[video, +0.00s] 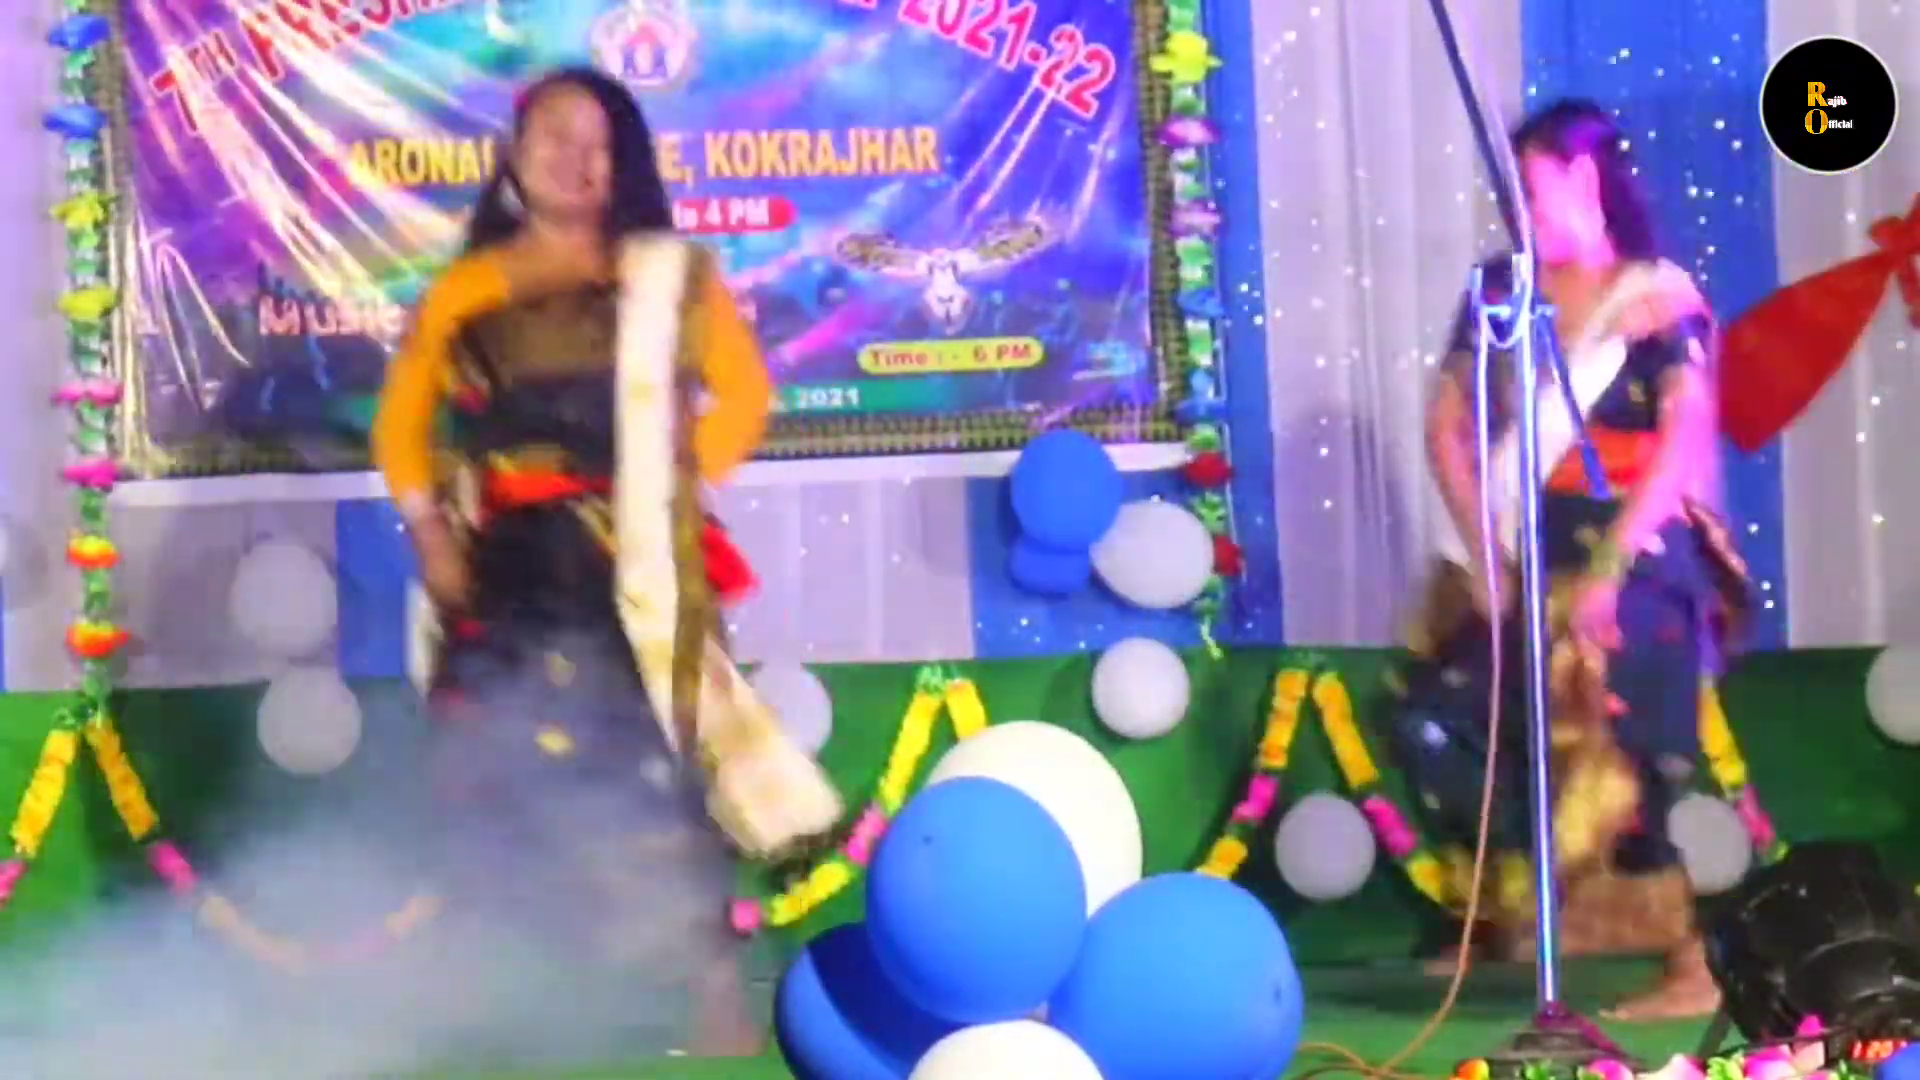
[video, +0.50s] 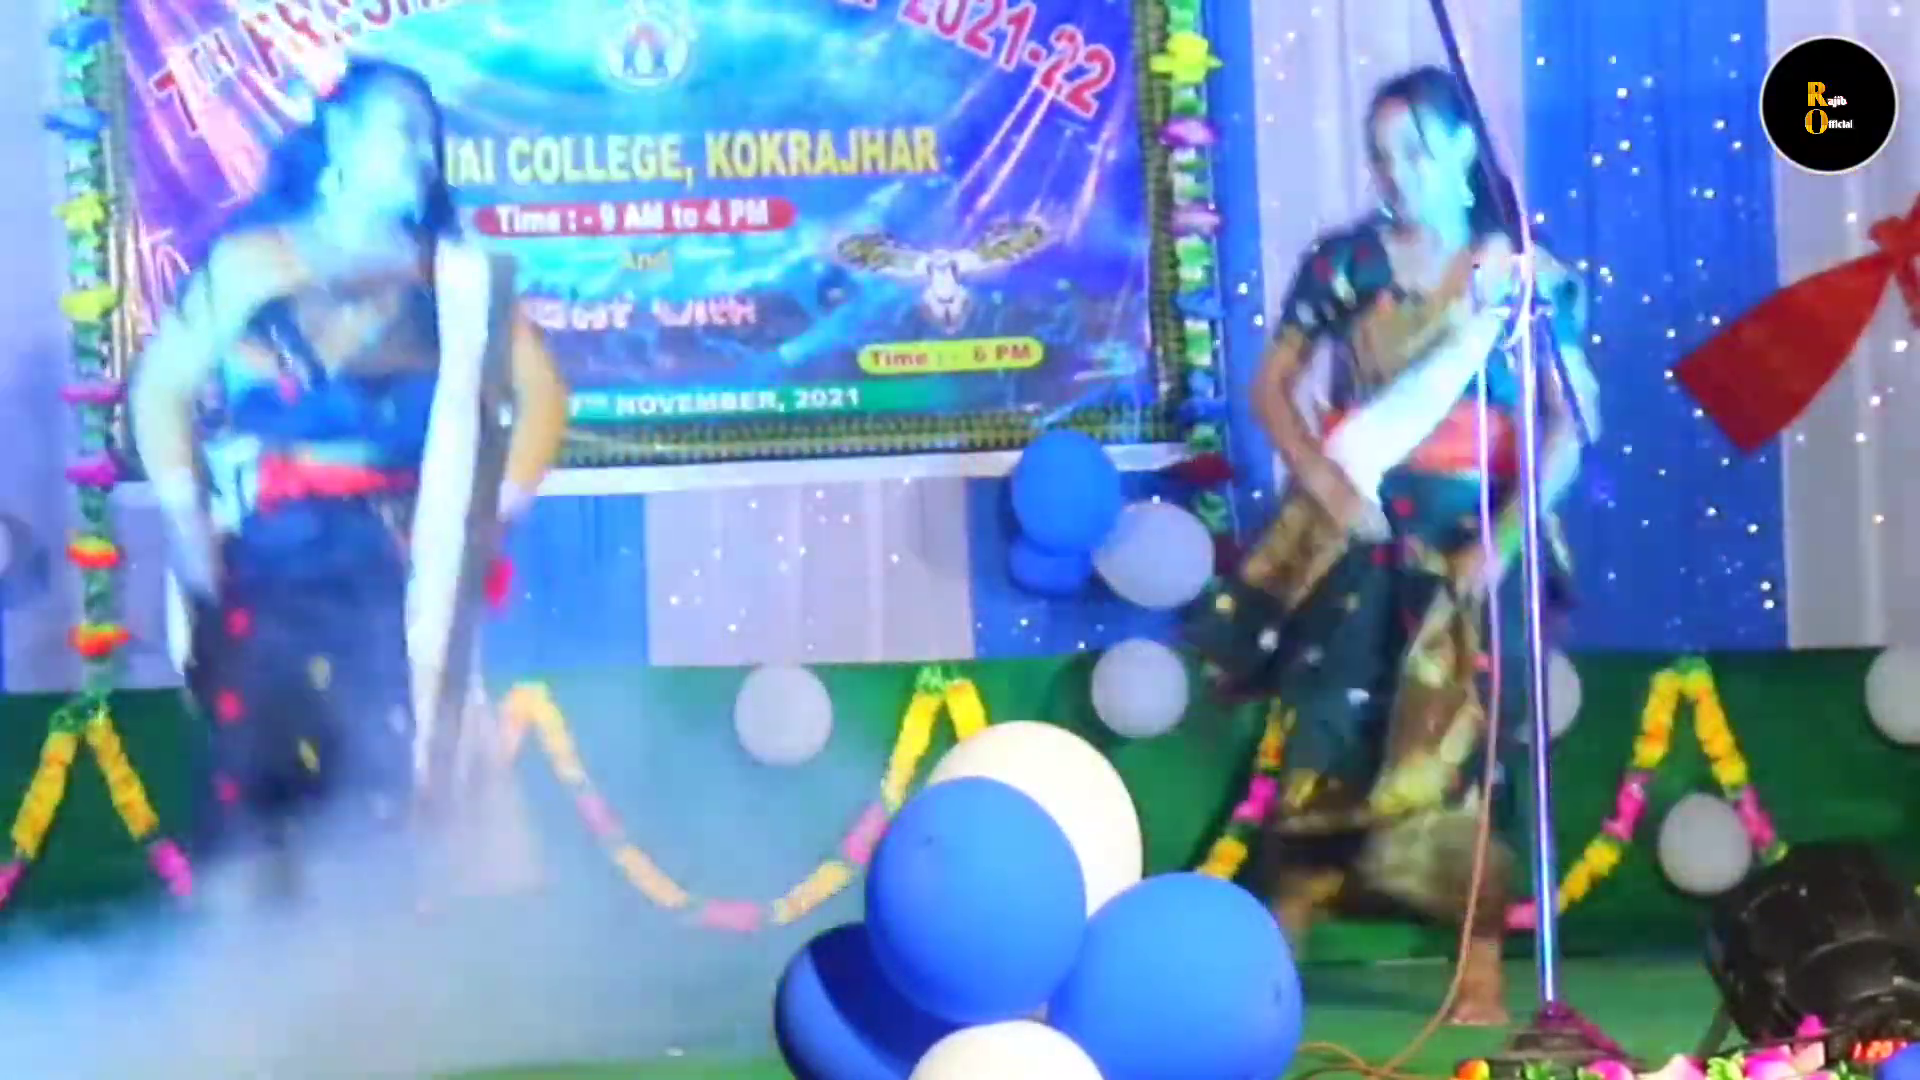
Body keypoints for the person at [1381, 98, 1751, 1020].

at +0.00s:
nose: (1529, 205)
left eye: (1545, 184)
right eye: (1522, 186)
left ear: (1595, 180)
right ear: (1515, 189)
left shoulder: (1661, 294)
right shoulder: (1498, 290)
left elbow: (1685, 445)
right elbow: (1448, 427)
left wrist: (1611, 570)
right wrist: (1487, 552)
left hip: (1643, 534)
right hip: (1532, 539)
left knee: (1649, 743)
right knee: (1447, 712)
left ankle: (1692, 962)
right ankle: (1497, 917)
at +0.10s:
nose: (1507, 152)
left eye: (1522, 130)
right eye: (1494, 136)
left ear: (1571, 125)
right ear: (1487, 142)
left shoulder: (1635, 238)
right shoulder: (1472, 243)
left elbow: (1657, 383)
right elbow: (1416, 379)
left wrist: (1592, 515)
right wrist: (1437, 496)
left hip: (1600, 506)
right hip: (1483, 512)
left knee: (1606, 725)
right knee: (1417, 710)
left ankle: (1677, 946)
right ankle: (1440, 937)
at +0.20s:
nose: (1457, 139)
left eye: (1471, 116)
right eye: (1444, 120)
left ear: (1524, 104)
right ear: (1435, 122)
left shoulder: (1600, 205)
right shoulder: (1429, 219)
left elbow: (1628, 349)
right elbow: (1368, 346)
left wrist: (1561, 472)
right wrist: (1384, 456)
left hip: (1559, 504)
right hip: (1439, 502)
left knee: (1541, 723)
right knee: (1423, 724)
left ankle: (1555, 940)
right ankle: (1415, 968)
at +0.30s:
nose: (1435, 161)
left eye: (1449, 139)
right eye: (1423, 144)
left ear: (1503, 125)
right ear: (1415, 144)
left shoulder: (1581, 230)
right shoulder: (1402, 242)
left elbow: (1612, 379)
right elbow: (1339, 369)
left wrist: (1540, 497)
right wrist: (1369, 463)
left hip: (1530, 535)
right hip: (1419, 530)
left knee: (1500, 750)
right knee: (1410, 747)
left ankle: (1486, 973)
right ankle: (1414, 974)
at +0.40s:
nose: (1416, 191)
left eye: (1435, 171)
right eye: (1403, 174)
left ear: (1485, 171)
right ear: (1390, 180)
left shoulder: (1548, 290)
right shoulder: (1363, 283)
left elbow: (1593, 440)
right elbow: (1298, 410)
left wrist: (1522, 556)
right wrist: (1347, 509)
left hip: (1500, 566)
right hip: (1387, 556)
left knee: (1481, 769)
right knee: (1361, 744)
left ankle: (1479, 962)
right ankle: (1357, 933)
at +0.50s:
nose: (1400, 171)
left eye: (1417, 150)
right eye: (1385, 154)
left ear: (1466, 149)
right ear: (1373, 159)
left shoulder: (1525, 272)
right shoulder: (1344, 260)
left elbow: (1572, 424)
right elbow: (1270, 390)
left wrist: (1502, 541)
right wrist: (1324, 485)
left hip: (1476, 548)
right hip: (1359, 538)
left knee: (1477, 757)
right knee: (1323, 741)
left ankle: (1479, 969)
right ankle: (1276, 959)